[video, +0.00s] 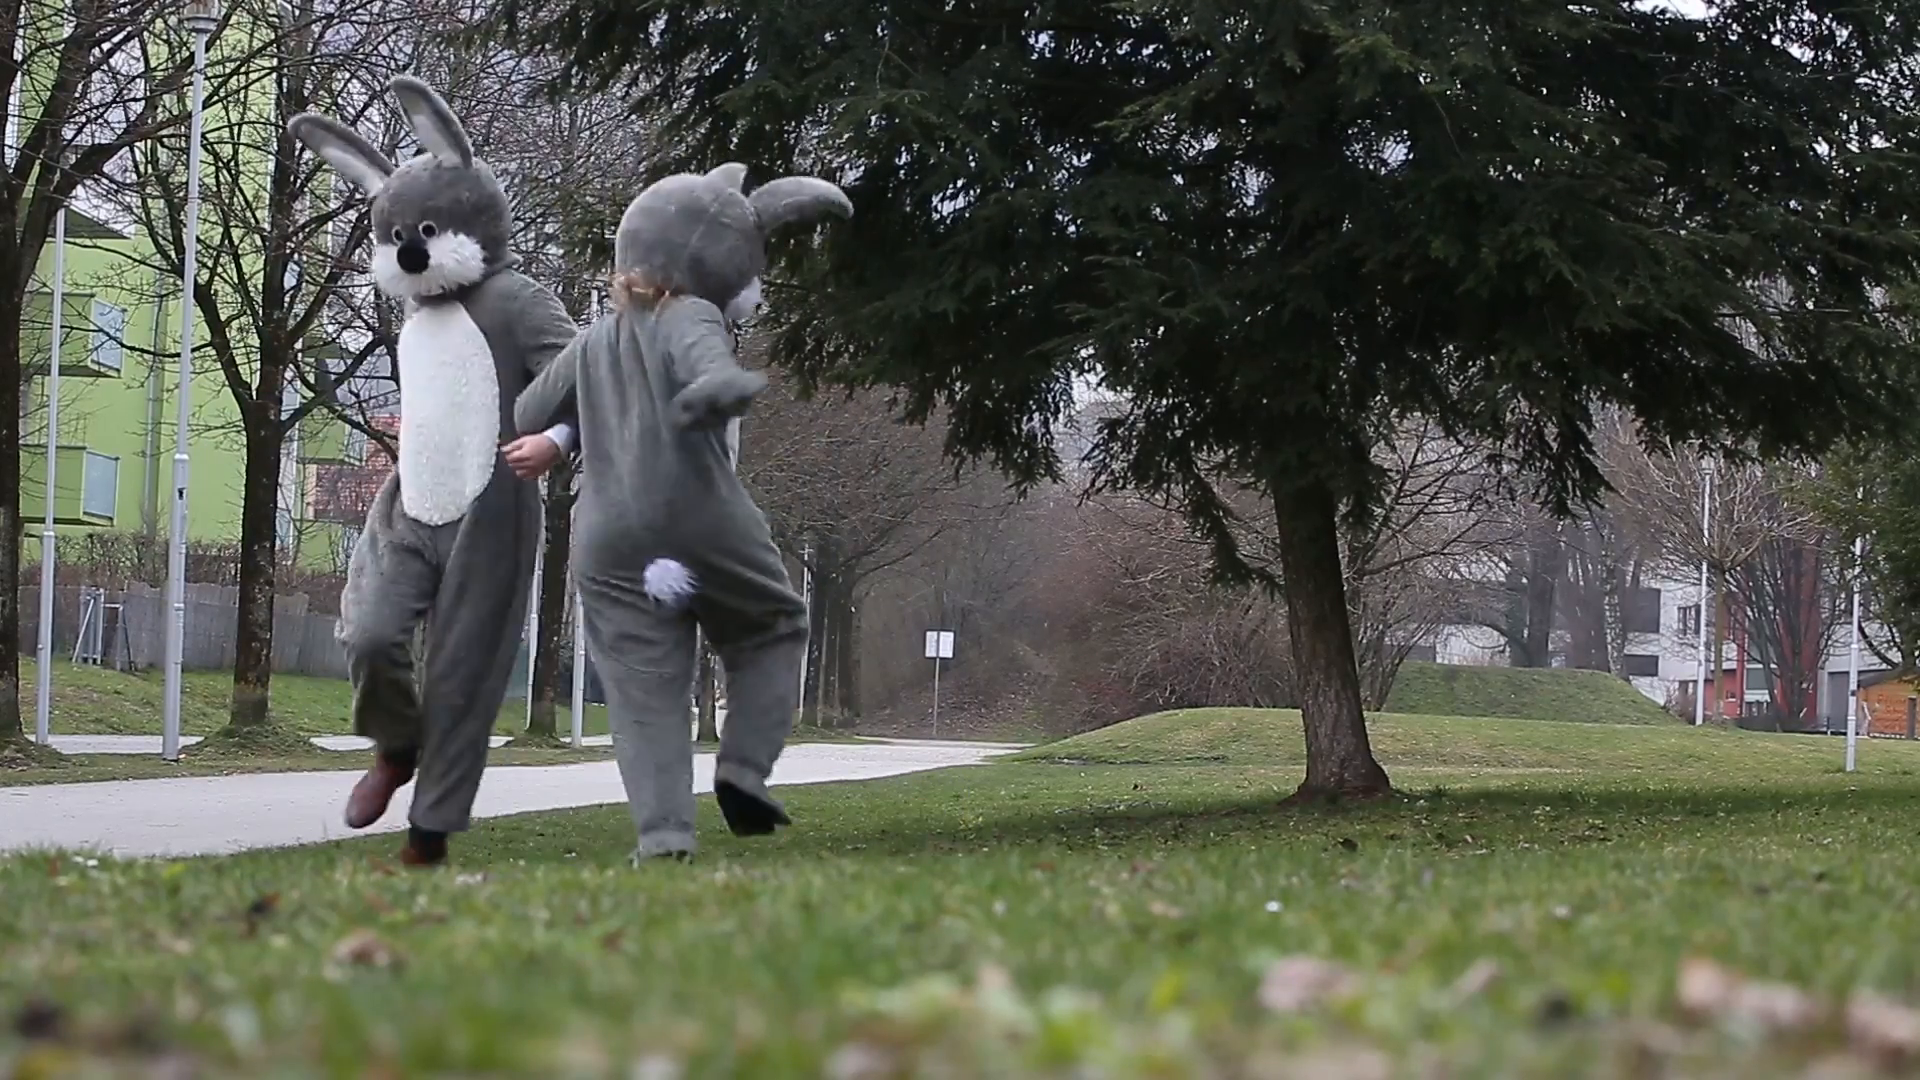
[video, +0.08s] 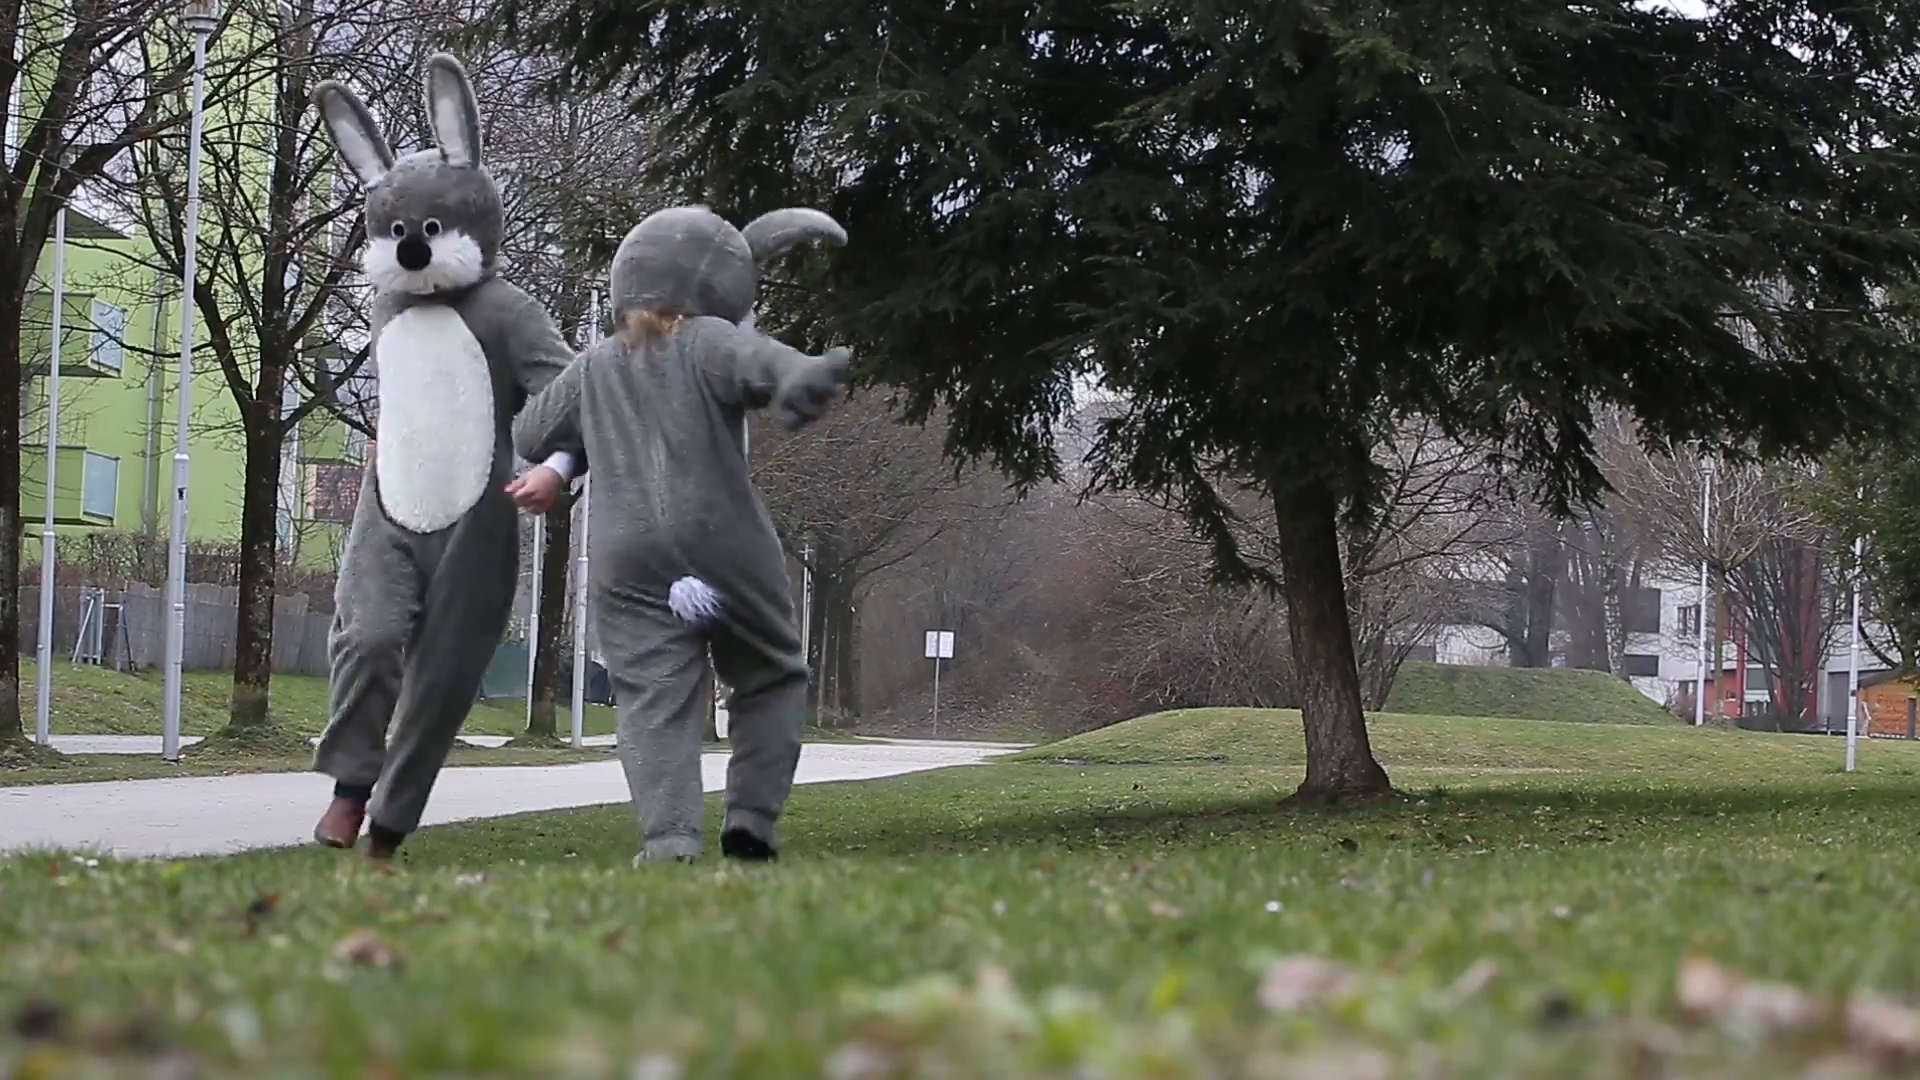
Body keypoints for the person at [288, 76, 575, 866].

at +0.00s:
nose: (414, 246)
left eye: (431, 227)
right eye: (402, 232)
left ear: (469, 226)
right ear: (392, 238)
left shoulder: (518, 302)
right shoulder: (417, 317)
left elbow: (588, 384)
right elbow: (445, 399)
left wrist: (558, 438)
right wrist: (406, 425)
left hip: (490, 504)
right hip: (410, 494)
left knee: (458, 671)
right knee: (369, 636)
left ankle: (433, 835)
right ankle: (399, 746)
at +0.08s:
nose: (413, 246)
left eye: (431, 229)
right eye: (399, 233)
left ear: (468, 233)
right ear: (382, 241)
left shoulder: (504, 313)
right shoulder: (395, 319)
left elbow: (576, 402)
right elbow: (393, 398)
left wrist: (559, 468)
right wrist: (376, 452)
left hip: (476, 521)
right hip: (387, 510)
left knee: (440, 679)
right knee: (368, 638)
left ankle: (387, 825)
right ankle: (349, 790)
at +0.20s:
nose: (420, 285)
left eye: (442, 269)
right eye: (400, 268)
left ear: (473, 276)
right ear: (374, 274)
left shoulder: (497, 355)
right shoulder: (359, 350)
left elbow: (573, 418)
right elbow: (310, 439)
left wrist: (569, 476)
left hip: (452, 555)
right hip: (359, 543)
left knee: (411, 698)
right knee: (355, 672)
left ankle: (362, 838)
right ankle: (321, 825)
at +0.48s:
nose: (469, 279)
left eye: (481, 267)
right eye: (455, 263)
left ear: (489, 267)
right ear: (414, 252)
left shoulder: (489, 326)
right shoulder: (347, 313)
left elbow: (544, 378)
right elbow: (265, 378)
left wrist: (577, 419)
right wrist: (216, 427)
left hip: (452, 555)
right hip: (363, 548)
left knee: (451, 702)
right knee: (345, 698)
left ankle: (360, 771)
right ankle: (302, 852)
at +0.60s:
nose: (514, 247)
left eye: (521, 235)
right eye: (506, 228)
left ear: (511, 234)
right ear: (464, 211)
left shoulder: (497, 295)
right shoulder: (389, 264)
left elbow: (532, 380)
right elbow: (305, 321)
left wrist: (573, 455)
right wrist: (309, 367)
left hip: (478, 513)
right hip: (384, 506)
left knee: (516, 634)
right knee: (360, 672)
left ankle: (411, 776)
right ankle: (309, 834)